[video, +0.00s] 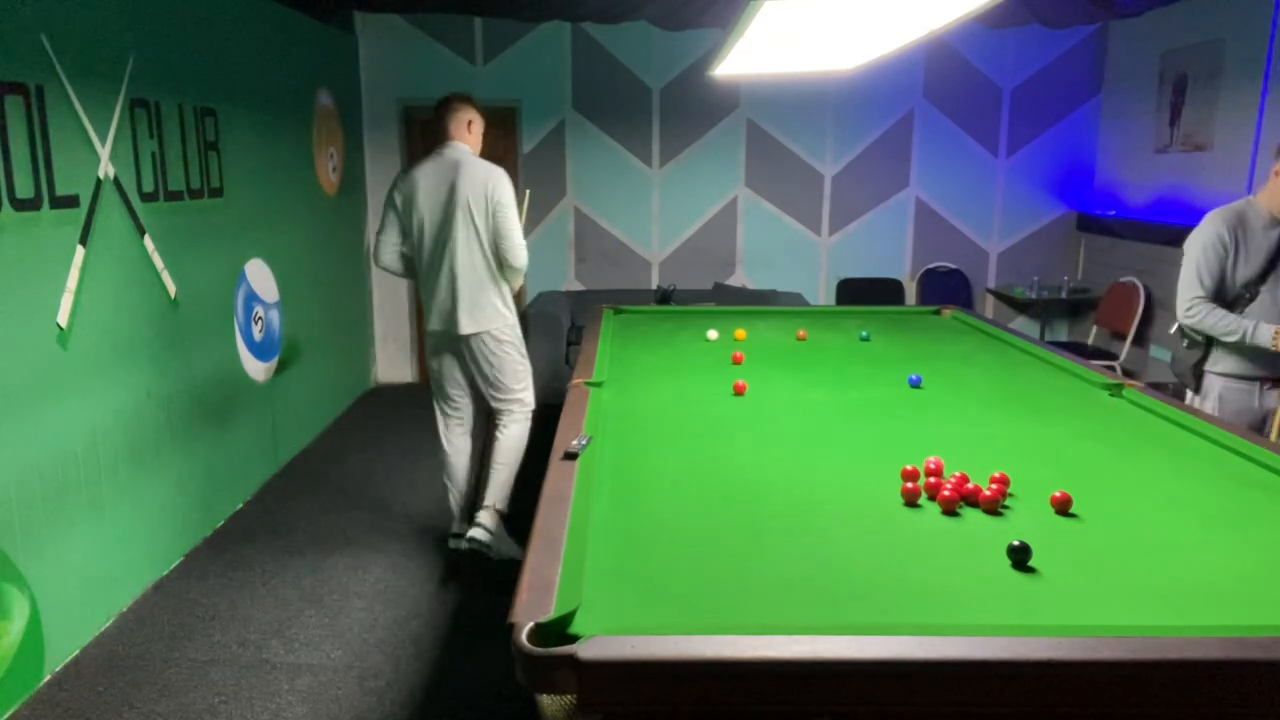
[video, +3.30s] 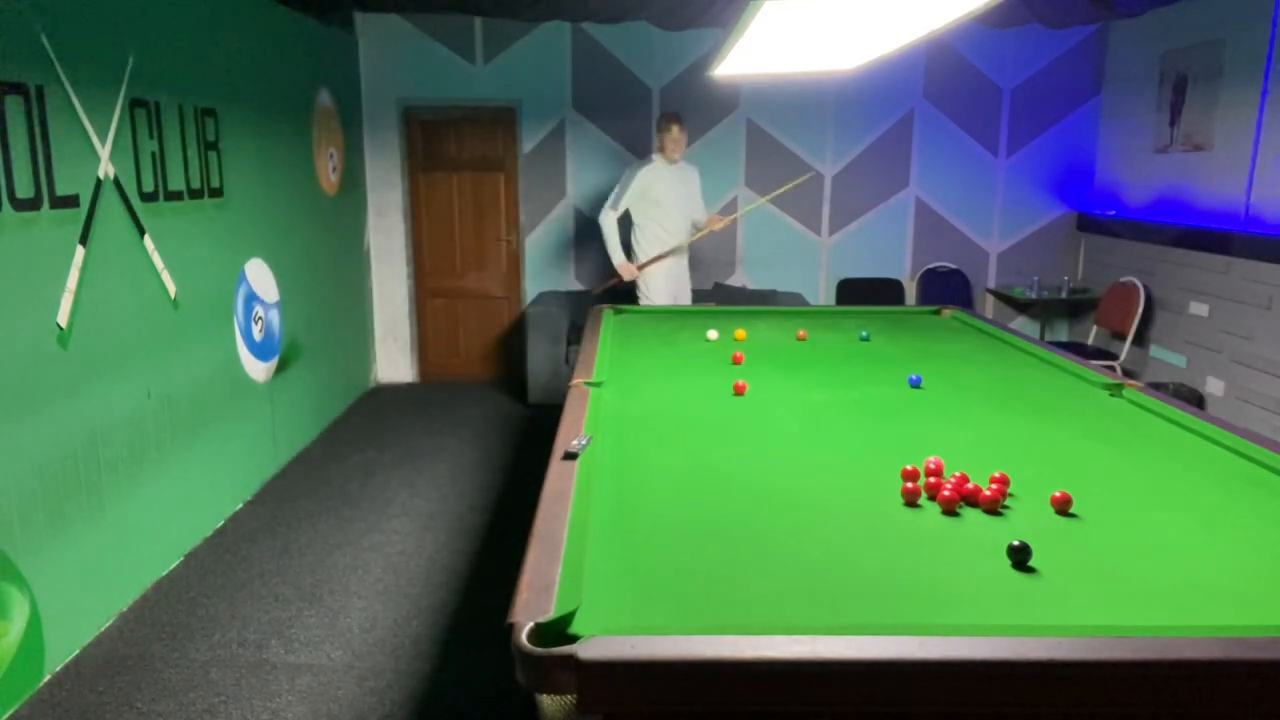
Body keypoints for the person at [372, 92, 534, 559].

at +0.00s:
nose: (481, 137)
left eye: (479, 130)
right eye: (479, 130)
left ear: (439, 129)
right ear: (470, 128)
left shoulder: (408, 180)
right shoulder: (491, 176)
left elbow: (385, 253)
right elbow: (515, 257)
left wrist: (432, 270)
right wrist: (509, 286)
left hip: (438, 323)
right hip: (488, 319)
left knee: (453, 419)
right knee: (515, 409)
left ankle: (461, 525)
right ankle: (488, 520)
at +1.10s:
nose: (541, 143)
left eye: (538, 137)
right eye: (543, 139)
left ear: (511, 132)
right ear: (540, 138)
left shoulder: (477, 167)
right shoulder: (550, 182)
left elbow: (445, 214)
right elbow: (558, 248)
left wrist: (471, 264)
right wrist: (528, 256)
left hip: (489, 281)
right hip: (531, 284)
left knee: (487, 370)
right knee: (525, 376)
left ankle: (478, 460)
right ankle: (515, 474)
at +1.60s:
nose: (550, 159)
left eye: (553, 151)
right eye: (549, 149)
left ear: (524, 140)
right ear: (530, 139)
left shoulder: (484, 172)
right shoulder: (532, 179)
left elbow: (467, 229)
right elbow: (550, 240)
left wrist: (500, 242)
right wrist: (555, 257)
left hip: (495, 280)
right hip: (527, 281)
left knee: (508, 357)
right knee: (550, 350)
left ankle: (502, 440)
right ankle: (521, 440)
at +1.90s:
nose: (557, 147)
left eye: (559, 140)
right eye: (552, 139)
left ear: (535, 139)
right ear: (533, 136)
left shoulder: (515, 169)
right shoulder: (526, 173)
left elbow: (525, 227)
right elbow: (526, 231)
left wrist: (558, 233)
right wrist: (560, 240)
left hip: (510, 268)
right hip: (530, 267)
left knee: (517, 348)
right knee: (567, 337)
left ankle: (507, 436)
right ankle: (560, 419)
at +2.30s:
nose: (596, 145)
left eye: (598, 139)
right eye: (590, 138)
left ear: (596, 141)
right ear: (571, 137)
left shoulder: (565, 170)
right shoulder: (564, 173)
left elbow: (574, 228)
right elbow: (570, 237)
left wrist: (601, 246)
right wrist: (607, 230)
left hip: (563, 274)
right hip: (579, 275)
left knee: (556, 342)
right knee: (598, 348)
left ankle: (515, 419)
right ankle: (590, 427)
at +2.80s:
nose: (643, 149)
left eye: (647, 144)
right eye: (638, 141)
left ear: (650, 148)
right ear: (622, 139)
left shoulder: (623, 173)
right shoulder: (609, 173)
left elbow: (633, 219)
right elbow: (631, 222)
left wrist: (653, 251)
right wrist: (657, 251)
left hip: (625, 272)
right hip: (614, 273)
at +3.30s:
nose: (676, 143)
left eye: (681, 136)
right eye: (670, 136)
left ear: (686, 140)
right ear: (659, 139)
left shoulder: (691, 173)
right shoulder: (640, 173)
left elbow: (697, 216)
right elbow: (607, 216)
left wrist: (708, 221)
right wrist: (621, 263)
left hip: (680, 267)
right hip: (652, 270)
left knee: (683, 327)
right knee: (658, 328)